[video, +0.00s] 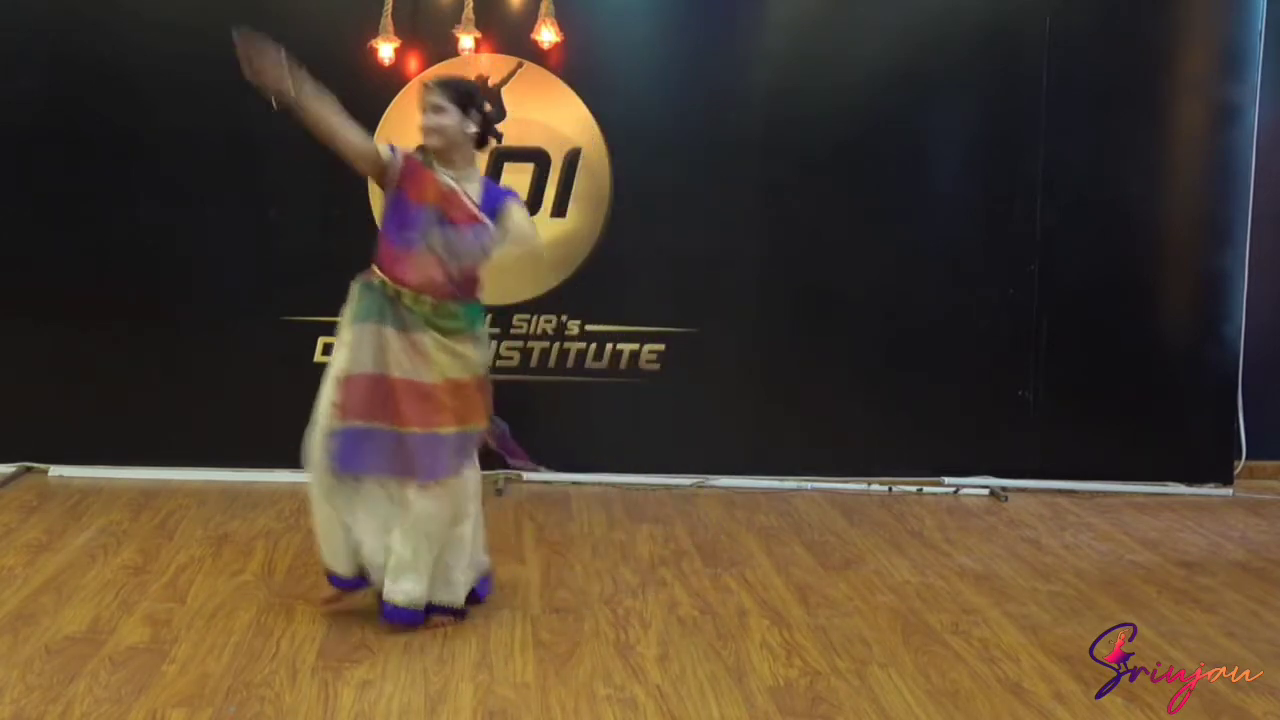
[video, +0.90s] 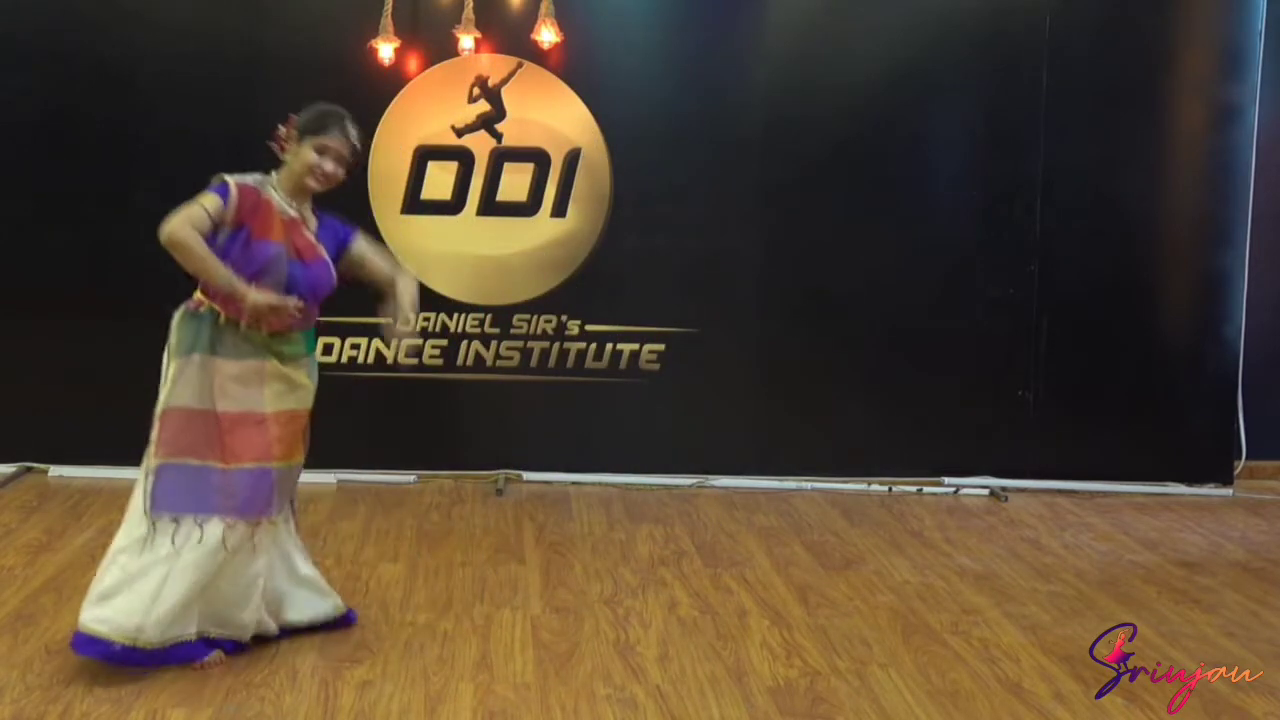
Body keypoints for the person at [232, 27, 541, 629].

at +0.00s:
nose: (427, 122)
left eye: (439, 112)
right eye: (425, 113)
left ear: (474, 124)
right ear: (424, 124)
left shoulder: (497, 203)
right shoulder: (404, 170)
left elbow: (534, 244)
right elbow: (345, 134)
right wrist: (292, 85)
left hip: (448, 333)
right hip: (382, 324)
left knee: (439, 461)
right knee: (343, 446)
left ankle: (422, 583)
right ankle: (358, 557)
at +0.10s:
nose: (407, 101)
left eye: (421, 94)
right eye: (407, 92)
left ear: (457, 107)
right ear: (404, 102)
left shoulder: (475, 175)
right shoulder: (379, 149)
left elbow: (499, 191)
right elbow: (323, 84)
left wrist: (446, 180)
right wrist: (276, 18)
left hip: (429, 318)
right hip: (358, 309)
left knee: (436, 452)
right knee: (319, 432)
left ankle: (444, 582)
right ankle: (314, 559)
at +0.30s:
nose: (369, 100)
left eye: (383, 93)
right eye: (368, 92)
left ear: (415, 109)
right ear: (363, 105)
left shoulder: (425, 172)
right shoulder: (331, 146)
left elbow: (475, 184)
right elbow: (263, 97)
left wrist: (411, 178)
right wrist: (238, 21)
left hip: (378, 312)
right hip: (308, 302)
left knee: (381, 447)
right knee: (303, 439)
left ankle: (405, 573)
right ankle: (307, 577)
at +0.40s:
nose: (348, 126)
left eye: (363, 118)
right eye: (346, 116)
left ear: (394, 134)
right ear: (341, 127)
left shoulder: (405, 211)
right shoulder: (309, 174)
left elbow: (471, 251)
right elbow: (227, 161)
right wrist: (234, 105)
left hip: (350, 343)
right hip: (281, 332)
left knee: (338, 466)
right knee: (276, 462)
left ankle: (322, 591)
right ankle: (273, 600)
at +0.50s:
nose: (343, 142)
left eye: (358, 136)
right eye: (341, 131)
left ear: (386, 154)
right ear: (333, 138)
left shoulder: (392, 233)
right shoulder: (299, 192)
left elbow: (457, 278)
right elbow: (216, 203)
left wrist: (443, 301)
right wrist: (238, 176)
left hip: (329, 372)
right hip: (260, 355)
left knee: (294, 490)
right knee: (241, 480)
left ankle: (249, 615)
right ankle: (214, 609)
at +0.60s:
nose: (347, 172)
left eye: (362, 169)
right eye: (343, 159)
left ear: (375, 185)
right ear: (327, 160)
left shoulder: (370, 253)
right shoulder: (281, 210)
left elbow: (432, 314)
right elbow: (209, 245)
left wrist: (460, 375)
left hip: (311, 379)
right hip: (243, 360)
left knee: (278, 492)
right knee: (226, 488)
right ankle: (185, 615)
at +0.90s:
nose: (329, 168)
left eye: (342, 163)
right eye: (322, 152)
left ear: (345, 173)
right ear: (290, 142)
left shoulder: (326, 230)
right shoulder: (242, 193)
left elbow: (396, 274)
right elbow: (176, 230)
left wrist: (403, 309)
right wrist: (242, 293)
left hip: (279, 372)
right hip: (214, 362)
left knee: (265, 486)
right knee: (205, 486)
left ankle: (253, 603)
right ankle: (173, 614)